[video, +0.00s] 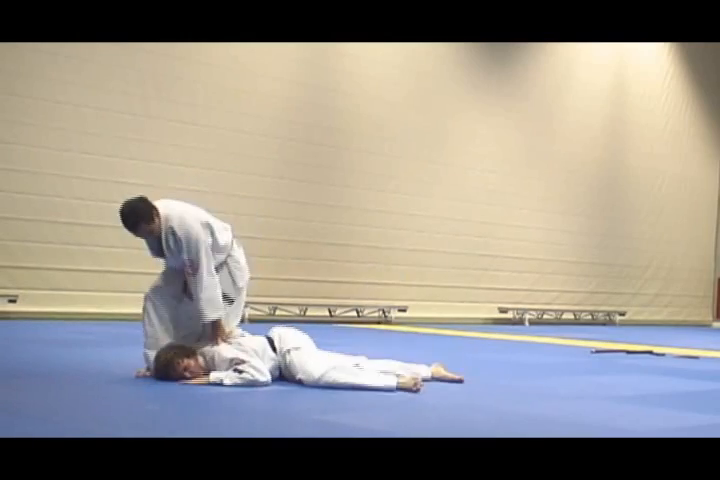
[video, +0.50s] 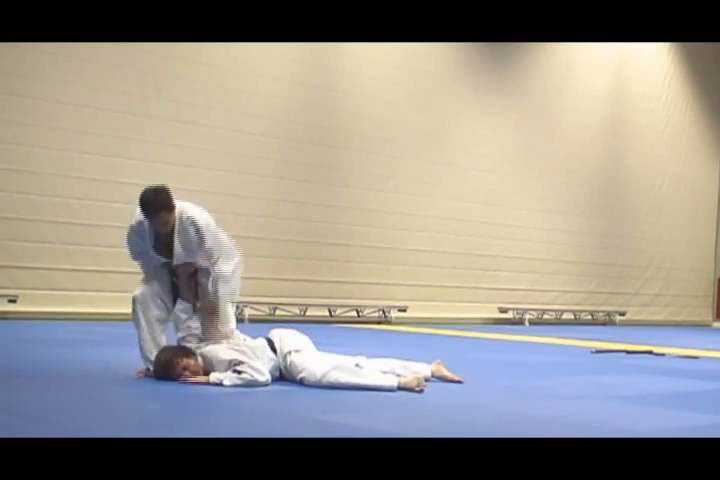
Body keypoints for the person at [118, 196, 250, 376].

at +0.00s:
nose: (144, 236)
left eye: (145, 231)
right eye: (139, 234)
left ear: (153, 219)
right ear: (133, 231)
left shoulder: (187, 226)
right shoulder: (151, 226)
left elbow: (204, 274)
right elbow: (170, 256)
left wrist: (215, 320)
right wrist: (183, 276)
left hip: (223, 264)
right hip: (182, 268)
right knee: (155, 300)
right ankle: (158, 364)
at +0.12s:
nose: (151, 239)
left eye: (154, 234)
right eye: (146, 236)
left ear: (163, 222)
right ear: (141, 232)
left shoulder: (195, 230)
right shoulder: (150, 231)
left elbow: (207, 278)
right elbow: (166, 258)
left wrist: (215, 323)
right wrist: (183, 277)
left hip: (219, 264)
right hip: (179, 268)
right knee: (153, 301)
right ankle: (155, 363)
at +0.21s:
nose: (158, 240)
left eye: (161, 234)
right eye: (152, 236)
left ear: (168, 221)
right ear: (144, 232)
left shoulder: (198, 229)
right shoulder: (148, 229)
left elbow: (209, 278)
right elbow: (162, 258)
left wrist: (215, 321)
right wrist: (185, 278)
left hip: (218, 265)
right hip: (178, 268)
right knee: (153, 302)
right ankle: (154, 363)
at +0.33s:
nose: (159, 239)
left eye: (163, 233)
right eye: (153, 235)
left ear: (170, 221)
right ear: (145, 230)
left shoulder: (196, 229)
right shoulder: (146, 228)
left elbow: (211, 277)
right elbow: (158, 258)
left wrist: (218, 324)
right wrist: (184, 277)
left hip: (215, 265)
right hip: (175, 268)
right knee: (149, 301)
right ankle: (155, 363)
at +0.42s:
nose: (159, 233)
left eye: (163, 227)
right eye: (153, 229)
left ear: (171, 217)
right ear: (146, 226)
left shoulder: (195, 226)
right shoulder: (143, 229)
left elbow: (213, 271)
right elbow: (155, 266)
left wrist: (219, 319)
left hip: (205, 269)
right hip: (169, 270)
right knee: (145, 301)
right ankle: (156, 364)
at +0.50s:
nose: (162, 224)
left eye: (166, 219)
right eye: (156, 221)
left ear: (173, 210)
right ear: (148, 218)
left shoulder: (196, 222)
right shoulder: (138, 229)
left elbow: (218, 263)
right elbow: (147, 264)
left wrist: (215, 301)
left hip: (208, 270)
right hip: (170, 272)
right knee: (143, 299)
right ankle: (154, 365)